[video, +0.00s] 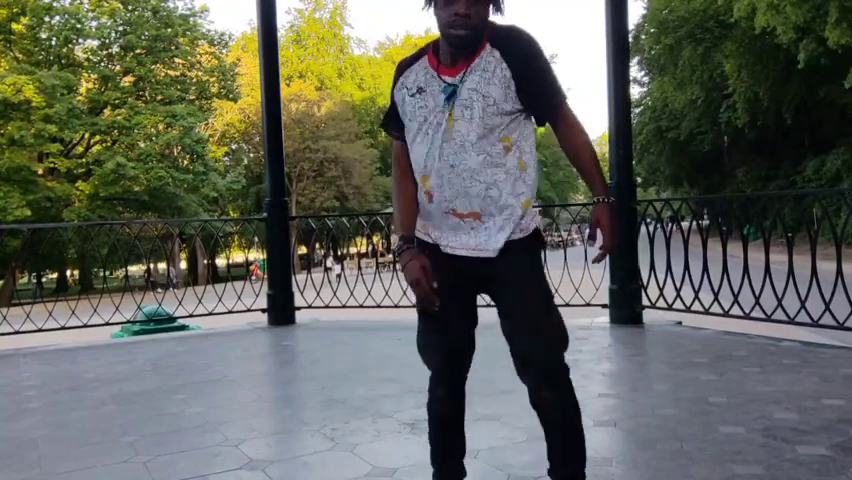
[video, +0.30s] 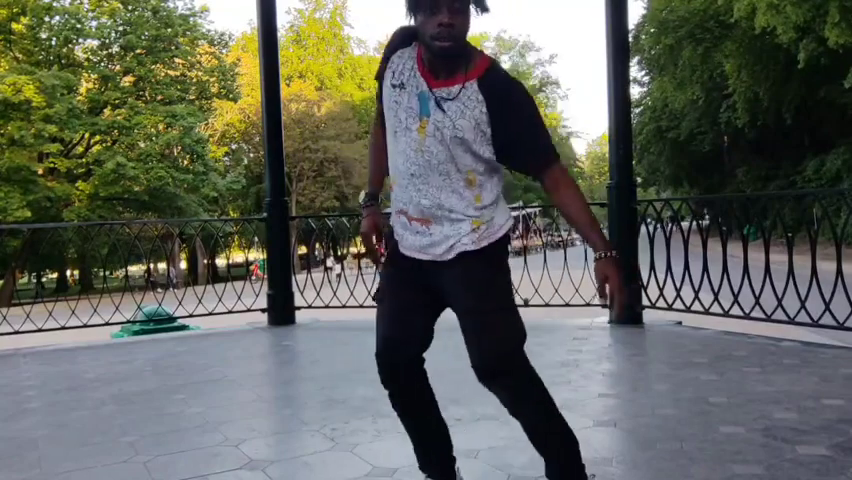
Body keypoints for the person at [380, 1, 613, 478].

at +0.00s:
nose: (462, 11)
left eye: (474, 3)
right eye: (451, 2)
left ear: (490, 8)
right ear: (434, 7)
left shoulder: (513, 47)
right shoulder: (408, 73)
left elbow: (563, 121)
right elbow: (403, 166)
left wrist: (602, 197)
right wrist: (406, 244)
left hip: (512, 247)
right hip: (441, 251)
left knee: (545, 373)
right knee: (445, 380)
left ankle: (568, 473)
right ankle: (447, 473)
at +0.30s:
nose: (446, 19)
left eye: (457, 9)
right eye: (433, 9)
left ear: (470, 14)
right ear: (415, 16)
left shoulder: (497, 91)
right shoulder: (399, 52)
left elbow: (550, 171)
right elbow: (383, 126)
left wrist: (603, 248)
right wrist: (370, 202)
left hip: (475, 251)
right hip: (409, 249)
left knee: (501, 367)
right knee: (395, 361)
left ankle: (567, 468)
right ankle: (440, 471)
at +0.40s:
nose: (422, 24)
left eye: (436, 13)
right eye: (410, 13)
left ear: (453, 21)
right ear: (393, 19)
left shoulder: (480, 93)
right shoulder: (374, 57)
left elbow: (512, 181)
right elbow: (354, 113)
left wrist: (540, 273)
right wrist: (348, 191)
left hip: (476, 257)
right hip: (398, 254)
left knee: (517, 368)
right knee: (372, 358)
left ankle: (549, 471)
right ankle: (425, 469)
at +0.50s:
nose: (403, 29)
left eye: (416, 18)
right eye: (391, 18)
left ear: (434, 24)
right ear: (376, 25)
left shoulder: (464, 90)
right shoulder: (360, 68)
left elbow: (472, 183)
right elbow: (332, 115)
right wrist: (321, 182)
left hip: (468, 252)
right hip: (391, 250)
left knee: (494, 368)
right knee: (364, 363)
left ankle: (513, 470)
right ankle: (421, 470)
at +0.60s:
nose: (388, 32)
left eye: (400, 22)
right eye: (378, 22)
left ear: (420, 27)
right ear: (364, 29)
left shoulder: (454, 90)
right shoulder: (354, 78)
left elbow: (439, 188)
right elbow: (324, 123)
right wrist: (301, 177)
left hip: (458, 261)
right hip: (385, 260)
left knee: (470, 364)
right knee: (356, 370)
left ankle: (480, 446)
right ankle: (415, 468)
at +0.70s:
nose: (381, 32)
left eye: (393, 22)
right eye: (369, 24)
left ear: (413, 29)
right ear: (359, 34)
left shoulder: (444, 82)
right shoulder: (353, 91)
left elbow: (427, 178)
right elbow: (323, 144)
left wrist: (337, 228)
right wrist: (287, 176)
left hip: (451, 259)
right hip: (379, 256)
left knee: (451, 362)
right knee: (356, 363)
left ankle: (435, 434)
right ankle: (399, 468)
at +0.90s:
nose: (381, 34)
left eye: (392, 25)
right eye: (372, 26)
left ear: (411, 31)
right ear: (360, 37)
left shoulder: (433, 60)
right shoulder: (358, 116)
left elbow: (447, 134)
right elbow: (340, 192)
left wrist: (368, 190)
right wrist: (280, 213)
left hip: (431, 251)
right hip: (368, 254)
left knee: (436, 360)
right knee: (374, 367)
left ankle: (400, 393)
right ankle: (398, 471)